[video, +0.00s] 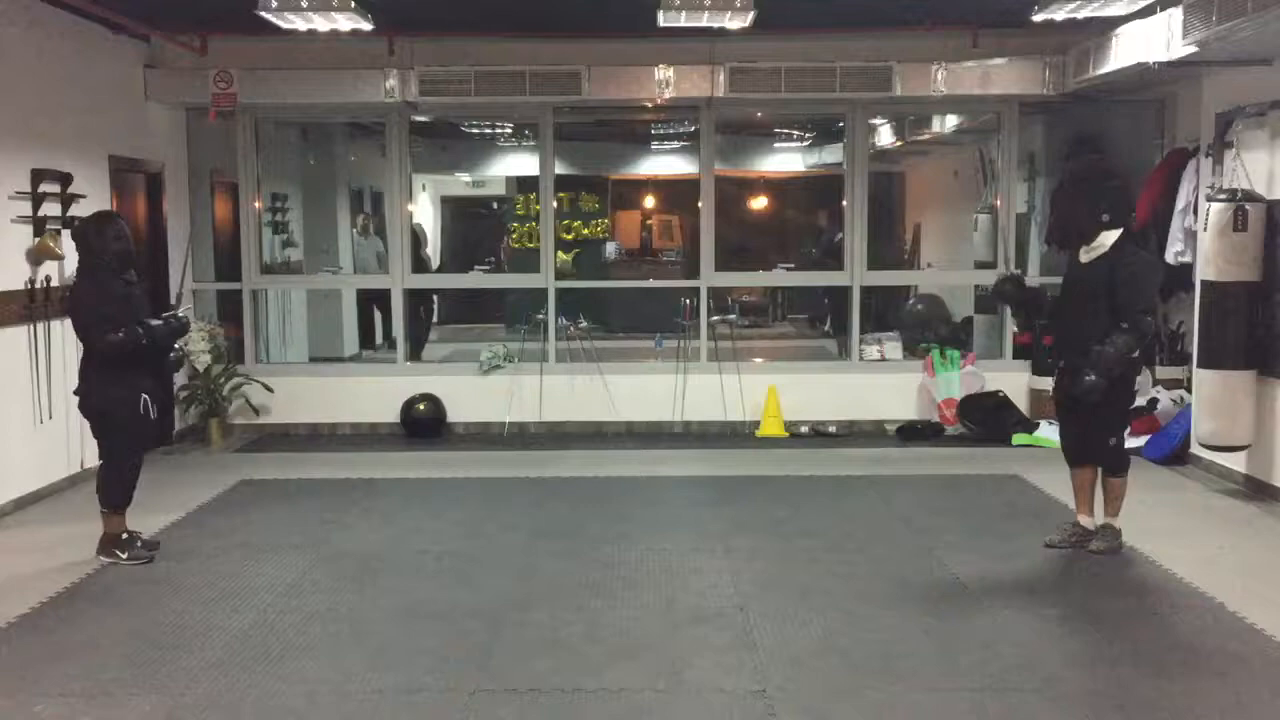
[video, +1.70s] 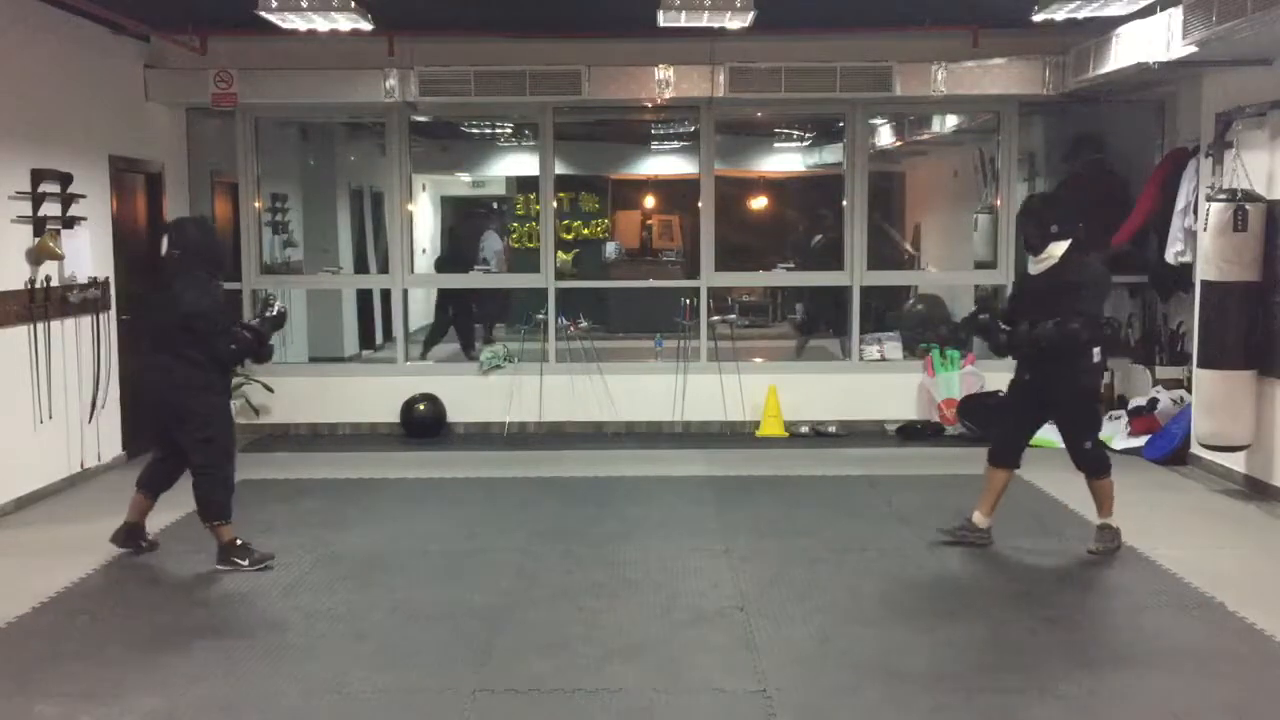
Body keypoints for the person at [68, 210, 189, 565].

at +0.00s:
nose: (125, 242)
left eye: (125, 235)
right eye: (115, 237)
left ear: (128, 237)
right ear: (94, 245)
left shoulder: (125, 279)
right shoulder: (87, 287)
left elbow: (137, 326)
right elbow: (100, 343)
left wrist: (167, 328)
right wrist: (149, 333)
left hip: (133, 384)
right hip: (109, 387)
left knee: (128, 456)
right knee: (117, 457)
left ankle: (118, 531)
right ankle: (111, 537)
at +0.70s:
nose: (131, 240)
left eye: (129, 234)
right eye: (124, 235)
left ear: (101, 241)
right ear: (106, 241)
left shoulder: (121, 278)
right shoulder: (99, 283)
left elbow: (151, 320)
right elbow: (143, 318)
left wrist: (194, 322)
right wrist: (187, 301)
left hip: (127, 387)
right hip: (110, 390)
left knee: (123, 460)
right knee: (115, 462)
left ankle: (118, 533)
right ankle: (111, 539)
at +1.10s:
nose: (141, 242)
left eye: (138, 235)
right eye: (133, 237)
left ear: (102, 247)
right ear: (118, 245)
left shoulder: (100, 282)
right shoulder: (120, 283)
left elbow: (138, 330)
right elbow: (144, 338)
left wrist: (176, 331)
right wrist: (183, 315)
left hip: (111, 390)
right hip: (137, 390)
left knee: (118, 456)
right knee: (155, 456)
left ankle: (111, 534)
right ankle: (125, 531)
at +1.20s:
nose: (143, 242)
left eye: (139, 236)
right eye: (136, 238)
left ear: (105, 248)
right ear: (123, 246)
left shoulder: (105, 282)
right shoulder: (124, 284)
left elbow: (139, 334)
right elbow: (150, 340)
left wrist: (178, 324)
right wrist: (189, 319)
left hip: (115, 387)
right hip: (139, 387)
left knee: (121, 456)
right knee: (170, 452)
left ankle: (112, 534)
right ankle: (151, 535)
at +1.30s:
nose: (152, 246)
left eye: (149, 240)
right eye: (146, 240)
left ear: (115, 247)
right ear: (135, 246)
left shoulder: (113, 281)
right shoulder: (133, 284)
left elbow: (148, 338)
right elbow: (157, 341)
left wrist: (189, 333)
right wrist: (196, 320)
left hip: (120, 387)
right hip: (143, 389)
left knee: (123, 455)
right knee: (177, 448)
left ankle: (112, 534)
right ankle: (190, 538)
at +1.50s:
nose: (187, 259)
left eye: (184, 252)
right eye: (182, 252)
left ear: (140, 255)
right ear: (172, 256)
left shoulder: (133, 288)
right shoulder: (167, 295)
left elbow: (165, 347)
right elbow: (190, 354)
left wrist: (211, 335)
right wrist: (226, 334)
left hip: (140, 397)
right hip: (171, 400)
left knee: (134, 461)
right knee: (194, 466)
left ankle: (114, 533)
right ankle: (225, 541)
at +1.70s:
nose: (218, 249)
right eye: (213, 243)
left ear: (175, 249)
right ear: (205, 248)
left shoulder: (163, 283)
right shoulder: (200, 289)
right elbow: (221, 349)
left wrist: (238, 335)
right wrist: (257, 331)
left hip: (168, 386)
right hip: (199, 391)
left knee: (171, 454)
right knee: (213, 461)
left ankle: (131, 526)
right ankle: (228, 545)